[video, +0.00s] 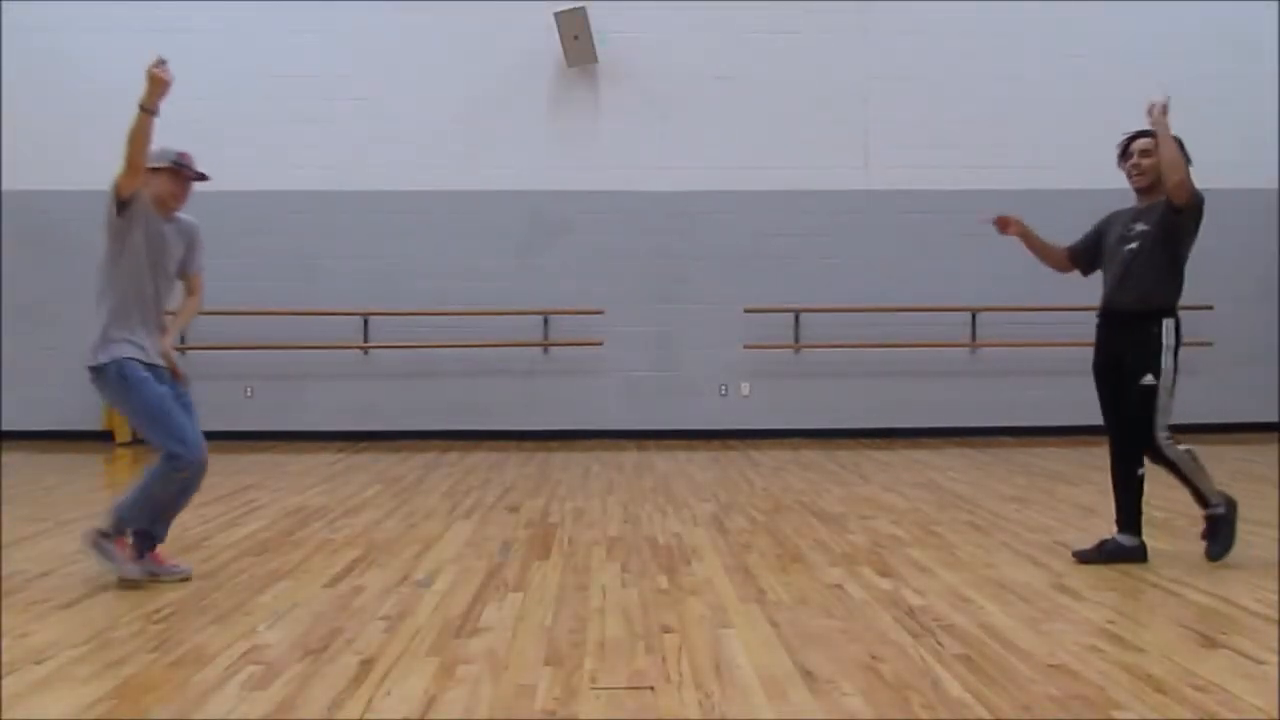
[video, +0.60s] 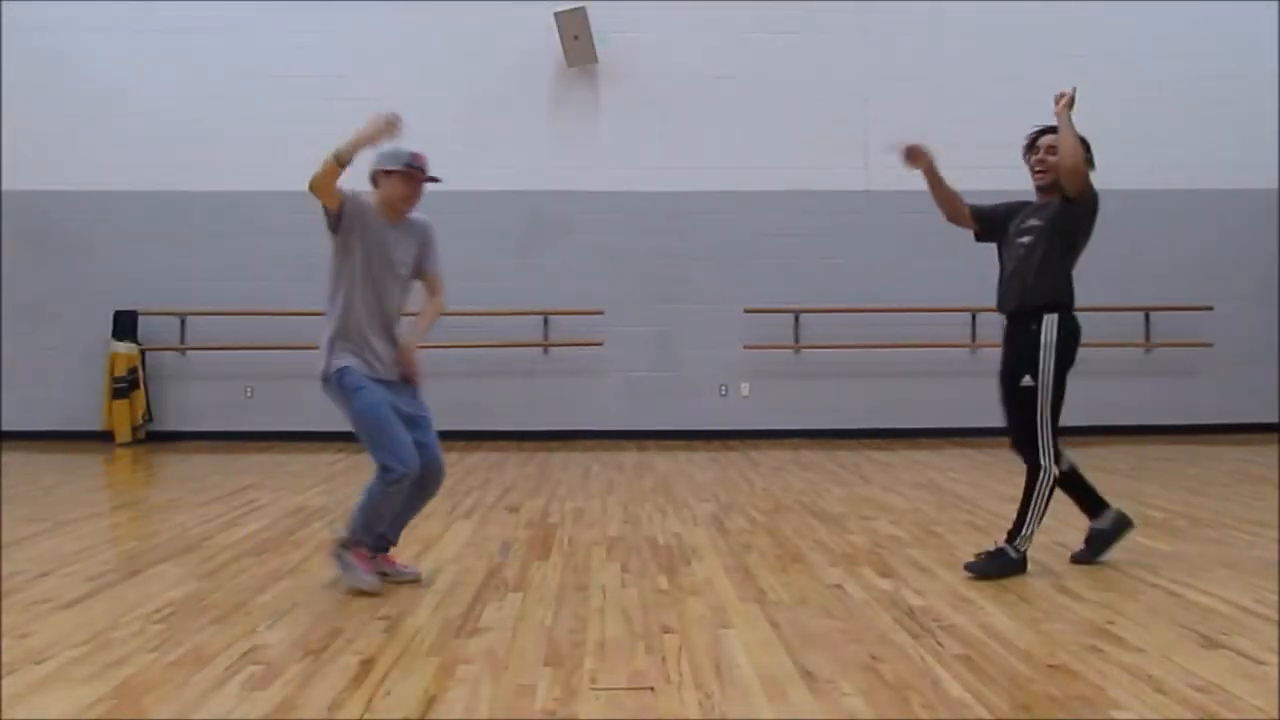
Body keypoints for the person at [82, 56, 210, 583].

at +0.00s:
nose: (182, 189)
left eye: (187, 182)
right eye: (176, 178)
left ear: (188, 188)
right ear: (151, 178)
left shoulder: (186, 232)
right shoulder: (129, 215)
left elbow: (195, 294)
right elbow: (134, 165)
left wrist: (171, 335)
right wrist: (150, 103)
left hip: (157, 355)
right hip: (117, 353)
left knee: (193, 459)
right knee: (185, 453)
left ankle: (144, 546)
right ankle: (113, 531)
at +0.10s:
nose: (221, 186)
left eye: (226, 180)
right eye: (214, 176)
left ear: (226, 186)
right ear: (191, 176)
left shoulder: (225, 233)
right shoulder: (168, 212)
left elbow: (233, 298)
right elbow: (167, 165)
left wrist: (208, 343)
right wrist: (178, 102)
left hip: (193, 354)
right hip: (156, 350)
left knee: (213, 461)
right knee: (230, 448)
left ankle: (145, 548)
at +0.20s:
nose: (258, 188)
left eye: (263, 180)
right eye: (251, 178)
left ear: (265, 185)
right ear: (226, 178)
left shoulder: (264, 233)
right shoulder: (204, 215)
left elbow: (273, 297)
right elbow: (203, 164)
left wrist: (249, 340)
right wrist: (212, 100)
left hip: (237, 357)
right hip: (199, 356)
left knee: (268, 461)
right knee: (271, 455)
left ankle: (180, 527)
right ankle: (249, 560)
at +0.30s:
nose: (300, 188)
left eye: (303, 181)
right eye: (291, 178)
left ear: (303, 187)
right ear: (263, 180)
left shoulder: (302, 235)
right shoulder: (245, 217)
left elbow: (309, 297)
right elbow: (241, 164)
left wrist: (287, 342)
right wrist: (250, 106)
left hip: (278, 361)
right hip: (238, 360)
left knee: (327, 457)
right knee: (301, 463)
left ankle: (260, 539)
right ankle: (252, 556)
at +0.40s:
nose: (340, 185)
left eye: (343, 178)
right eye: (332, 175)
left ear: (342, 183)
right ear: (306, 175)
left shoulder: (339, 230)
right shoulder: (285, 213)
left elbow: (346, 293)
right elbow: (286, 158)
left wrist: (324, 338)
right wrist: (298, 95)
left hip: (317, 359)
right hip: (276, 360)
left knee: (367, 450)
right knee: (325, 466)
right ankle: (258, 551)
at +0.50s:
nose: (378, 185)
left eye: (381, 178)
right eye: (369, 175)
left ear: (380, 185)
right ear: (342, 178)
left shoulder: (378, 232)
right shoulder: (321, 218)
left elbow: (386, 294)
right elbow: (314, 172)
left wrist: (363, 338)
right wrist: (336, 113)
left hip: (354, 361)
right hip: (313, 361)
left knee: (401, 460)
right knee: (365, 467)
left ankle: (369, 554)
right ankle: (288, 532)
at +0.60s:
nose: (414, 187)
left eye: (418, 180)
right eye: (405, 178)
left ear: (421, 188)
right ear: (380, 181)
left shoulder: (419, 232)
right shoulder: (353, 215)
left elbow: (436, 296)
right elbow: (320, 183)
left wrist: (414, 339)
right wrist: (361, 139)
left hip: (392, 366)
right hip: (347, 360)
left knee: (430, 468)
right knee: (402, 463)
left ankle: (378, 549)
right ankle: (354, 548)